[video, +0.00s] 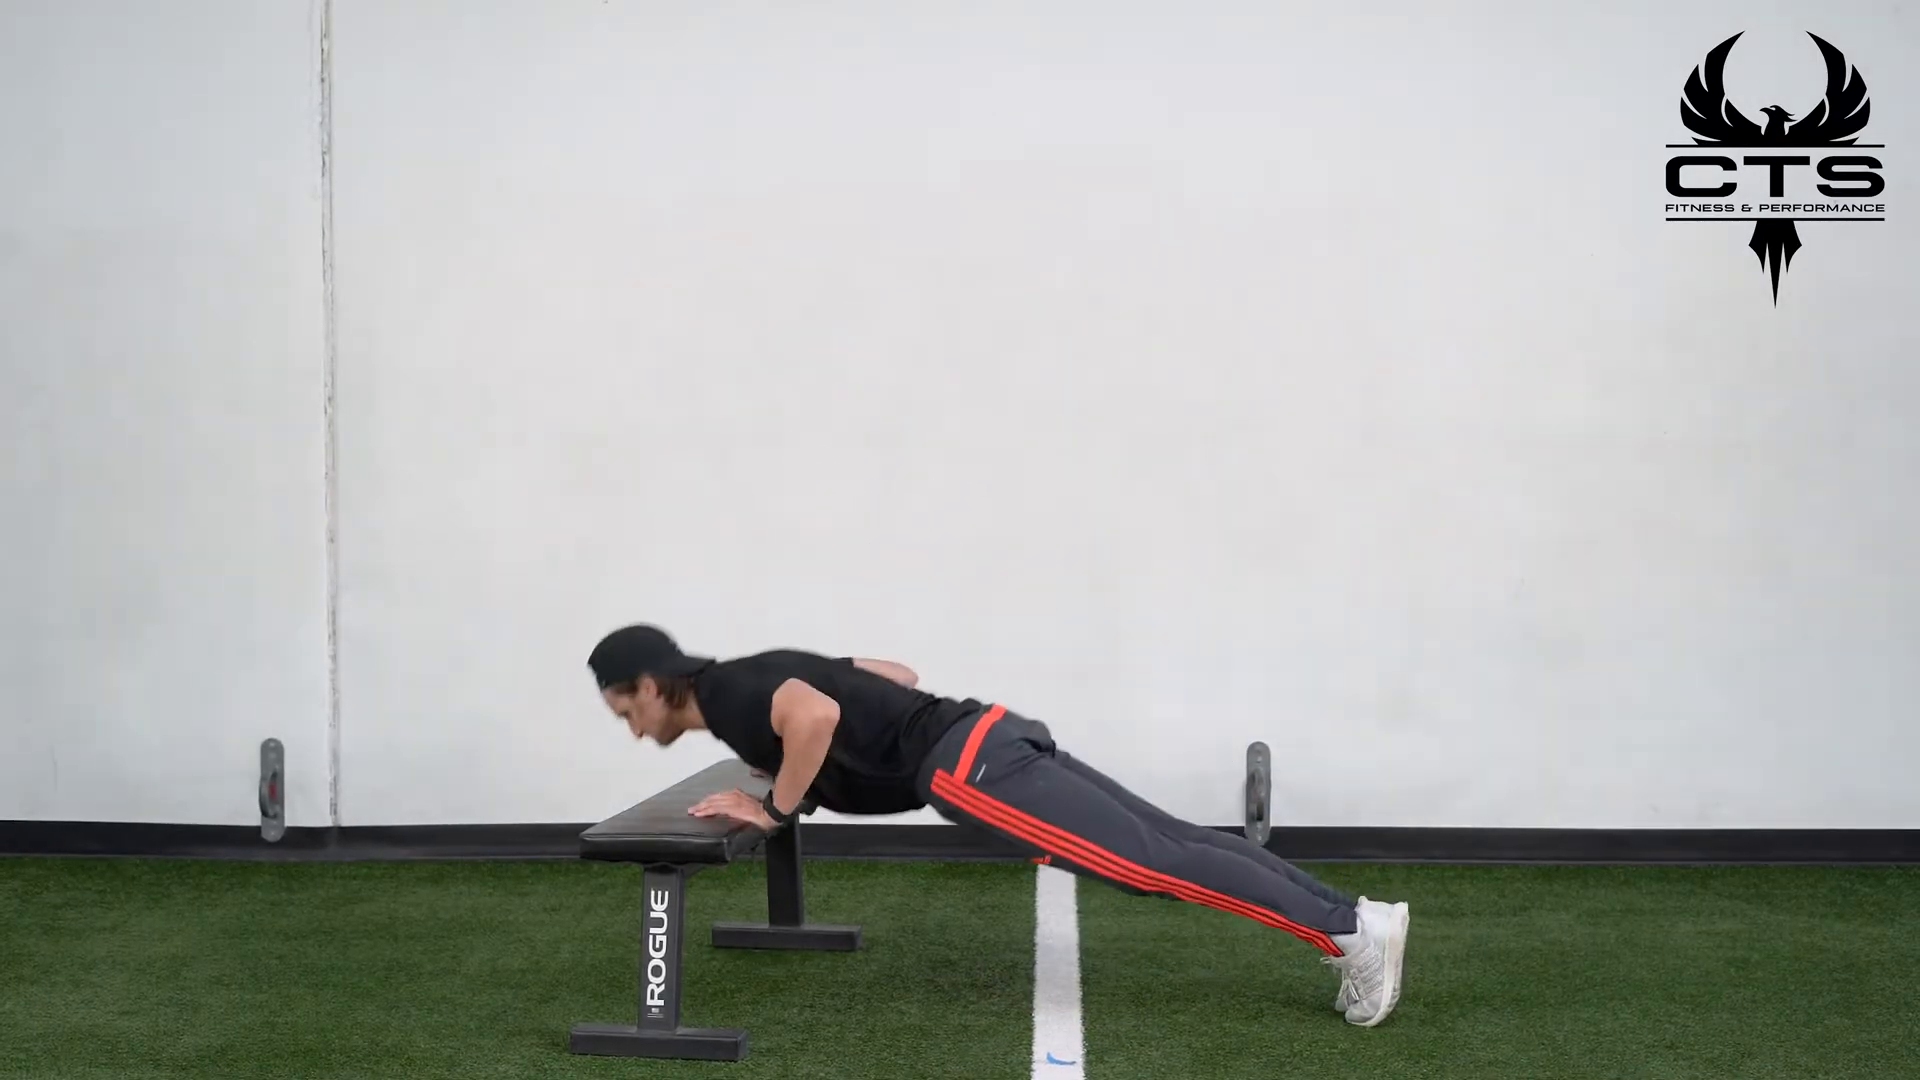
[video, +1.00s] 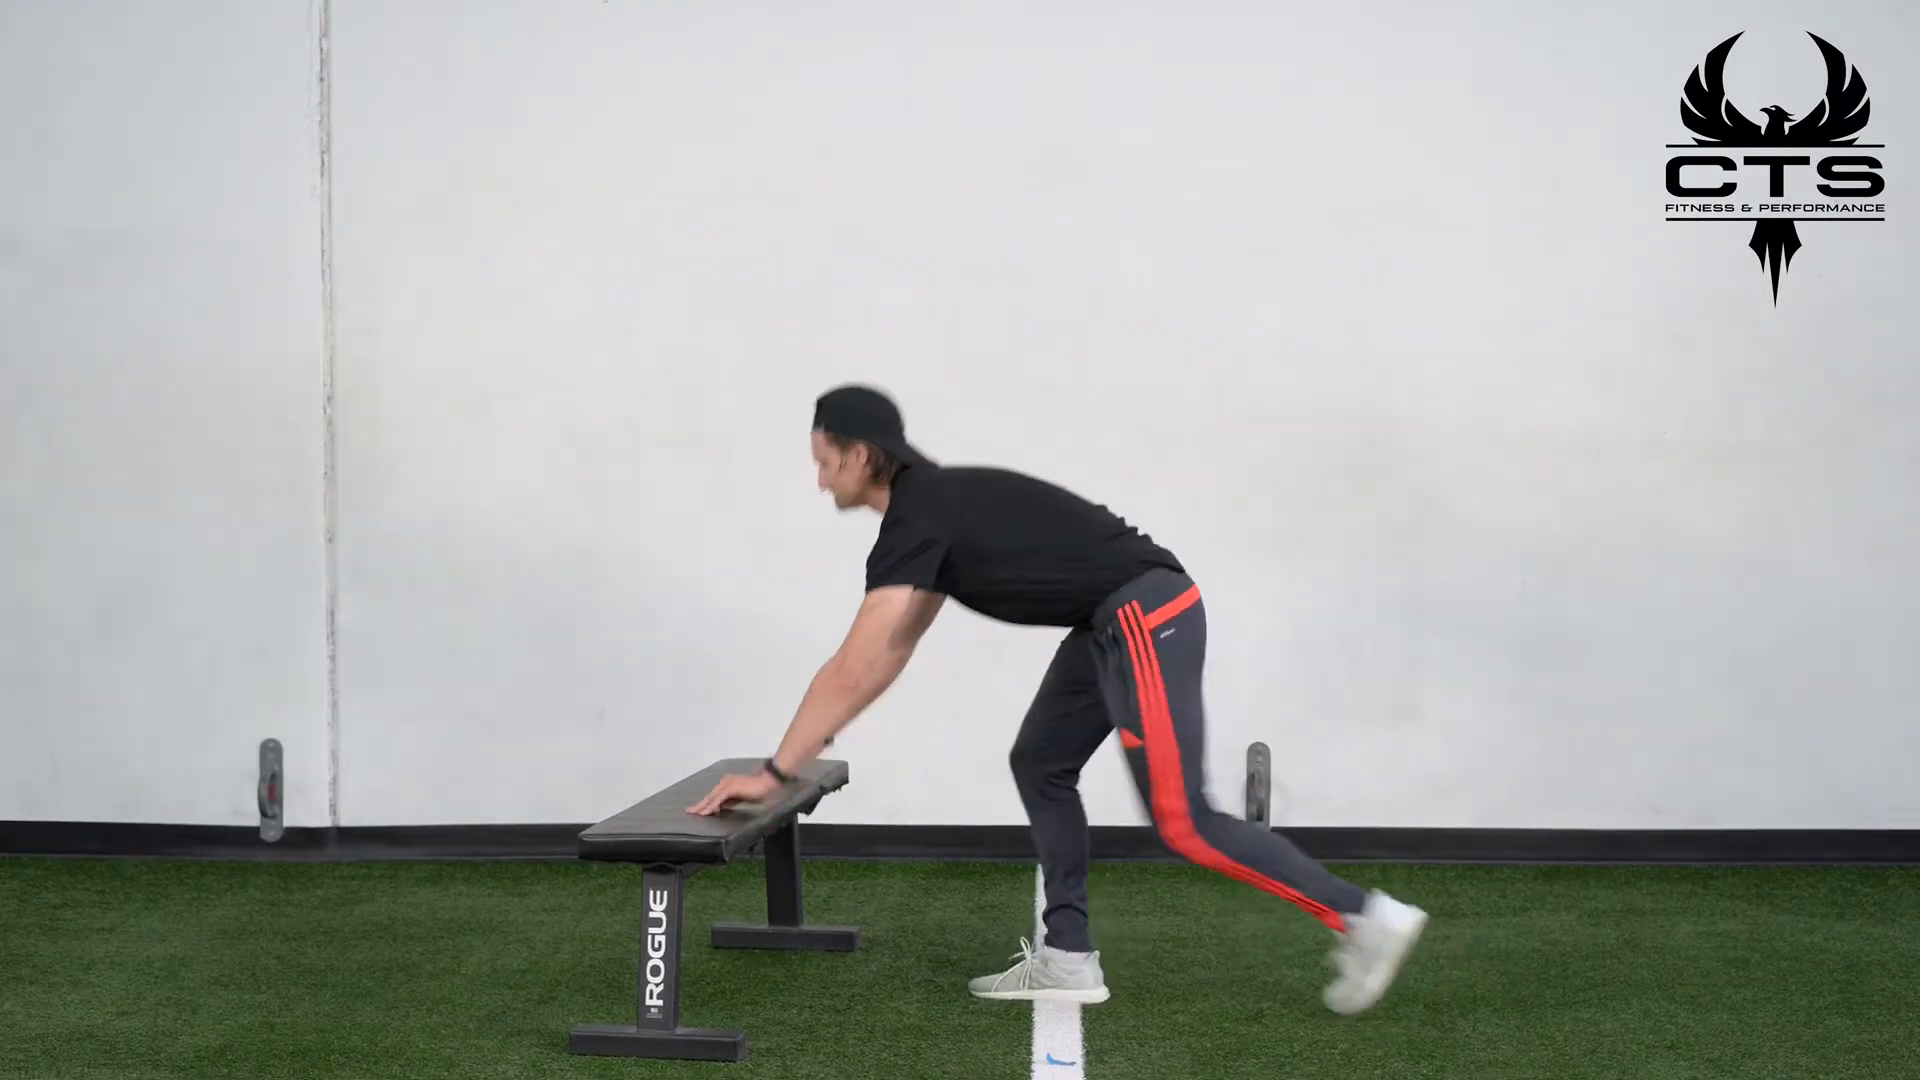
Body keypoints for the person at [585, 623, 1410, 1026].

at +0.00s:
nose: (627, 725)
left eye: (625, 710)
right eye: (619, 714)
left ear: (655, 686)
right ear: (663, 673)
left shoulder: (723, 694)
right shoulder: (758, 675)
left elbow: (811, 714)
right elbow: (897, 674)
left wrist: (772, 809)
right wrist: (888, 746)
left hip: (970, 765)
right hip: (992, 741)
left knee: (1151, 860)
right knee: (1164, 837)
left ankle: (1352, 934)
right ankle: (1353, 919)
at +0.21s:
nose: (670, 623)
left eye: (669, 605)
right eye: (665, 610)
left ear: (703, 586)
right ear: (712, 586)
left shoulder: (770, 614)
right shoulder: (799, 601)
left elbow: (827, 717)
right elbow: (876, 720)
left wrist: (776, 805)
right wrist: (814, 775)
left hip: (1011, 712)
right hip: (1031, 693)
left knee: (1177, 831)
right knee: (1189, 817)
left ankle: (1369, 932)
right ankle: (1363, 927)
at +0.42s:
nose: (738, 536)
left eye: (741, 519)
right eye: (733, 523)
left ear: (782, 501)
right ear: (784, 501)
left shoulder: (845, 549)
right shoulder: (866, 542)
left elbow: (832, 700)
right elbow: (887, 687)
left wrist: (774, 805)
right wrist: (830, 767)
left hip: (1070, 662)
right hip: (1078, 651)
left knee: (1219, 808)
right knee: (1223, 797)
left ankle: (1392, 940)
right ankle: (1389, 929)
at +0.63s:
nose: (779, 514)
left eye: (786, 498)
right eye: (776, 500)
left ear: (831, 491)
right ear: (840, 490)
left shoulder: (885, 547)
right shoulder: (908, 537)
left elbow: (846, 688)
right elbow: (887, 682)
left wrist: (777, 801)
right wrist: (825, 768)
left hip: (1126, 621)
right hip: (1119, 627)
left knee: (1243, 793)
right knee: (1145, 804)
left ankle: (1407, 946)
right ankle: (1307, 892)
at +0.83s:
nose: (803, 519)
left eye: (810, 503)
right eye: (801, 504)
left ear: (854, 498)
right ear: (862, 496)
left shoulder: (905, 549)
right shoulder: (927, 542)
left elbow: (860, 689)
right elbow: (893, 685)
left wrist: (777, 798)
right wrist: (822, 770)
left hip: (1147, 601)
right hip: (1120, 617)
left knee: (1266, 779)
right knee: (1028, 741)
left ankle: (1415, 944)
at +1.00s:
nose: (817, 474)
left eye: (822, 457)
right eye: (817, 457)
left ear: (863, 454)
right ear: (874, 451)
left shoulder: (917, 517)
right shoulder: (931, 512)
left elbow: (857, 664)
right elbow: (885, 659)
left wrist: (778, 769)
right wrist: (812, 742)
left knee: (1182, 820)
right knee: (1040, 768)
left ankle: (1365, 919)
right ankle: (1067, 955)